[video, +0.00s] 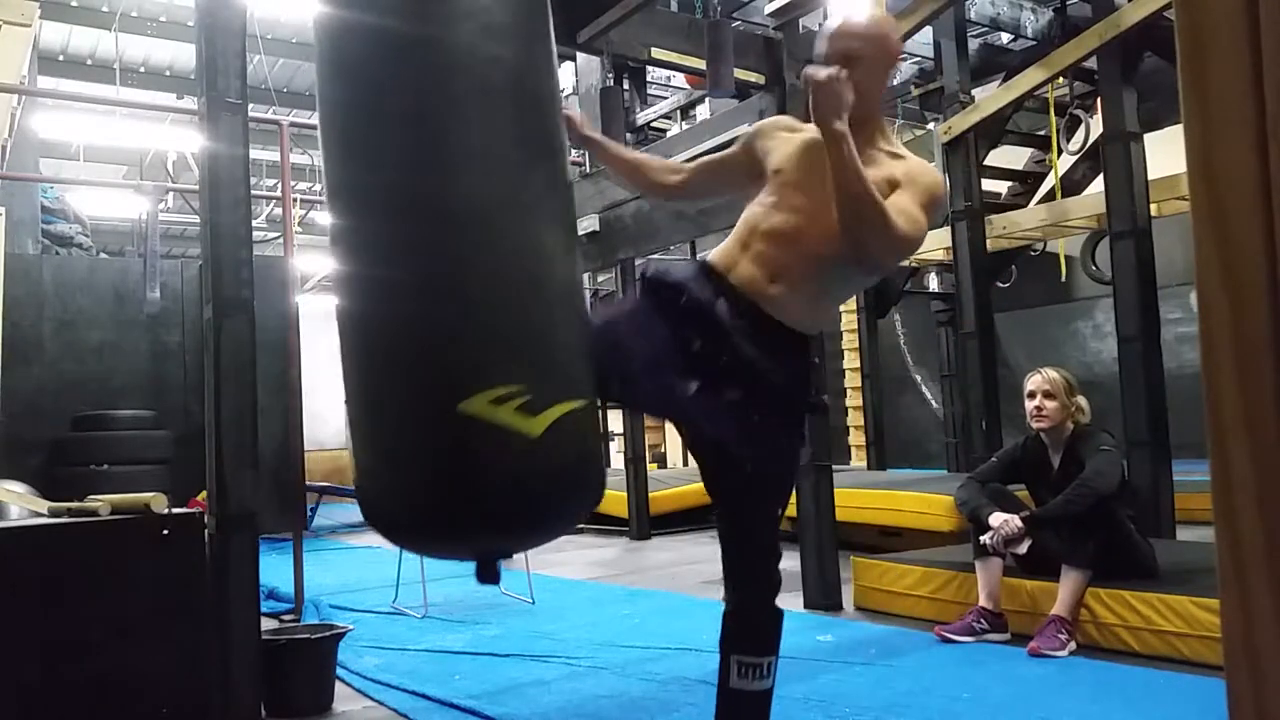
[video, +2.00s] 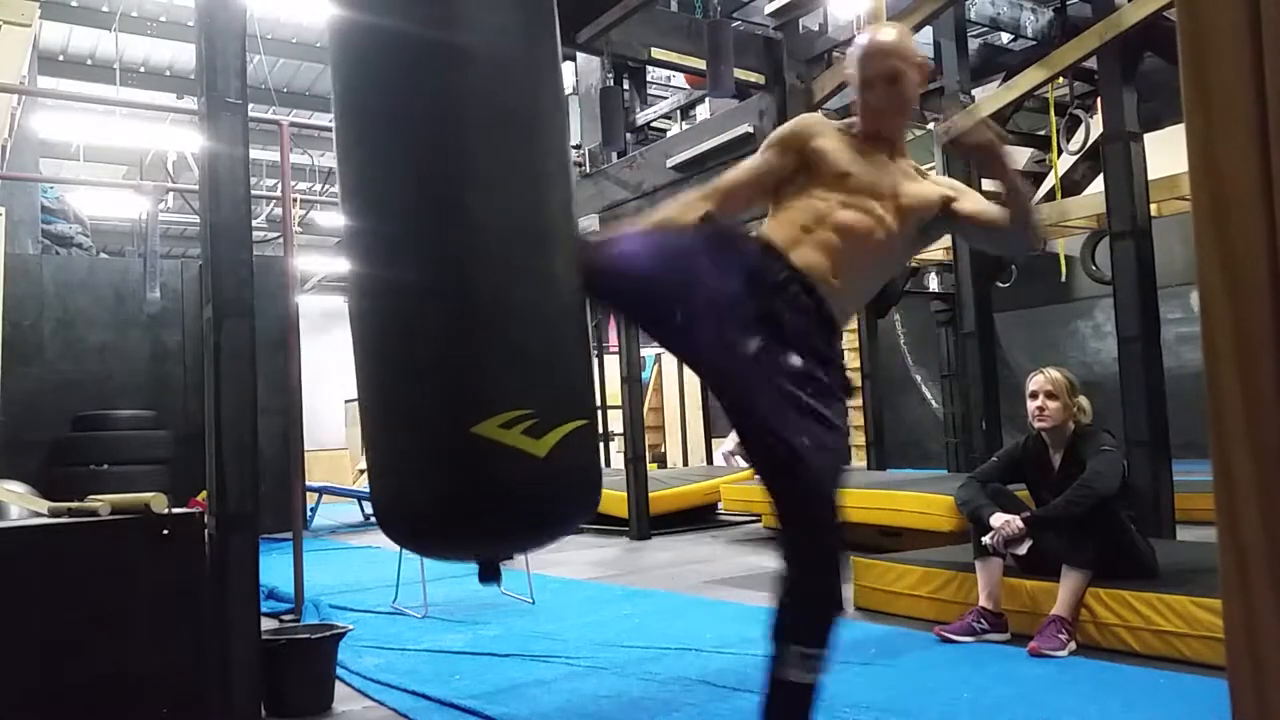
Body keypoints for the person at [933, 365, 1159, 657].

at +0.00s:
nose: (1038, 404)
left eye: (1049, 396)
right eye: (1031, 397)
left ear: (1070, 405)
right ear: (1024, 405)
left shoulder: (1097, 442)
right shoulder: (1027, 450)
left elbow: (1100, 483)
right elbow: (967, 488)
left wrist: (1027, 520)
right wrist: (991, 516)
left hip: (1118, 560)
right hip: (1058, 556)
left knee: (1089, 503)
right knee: (989, 495)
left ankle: (1061, 621)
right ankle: (989, 612)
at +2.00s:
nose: (1040, 404)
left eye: (1051, 397)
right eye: (1033, 397)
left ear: (1071, 406)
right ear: (1026, 406)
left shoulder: (1098, 442)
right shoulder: (1027, 449)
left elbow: (1100, 486)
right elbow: (967, 488)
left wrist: (1027, 521)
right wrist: (992, 516)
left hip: (1118, 560)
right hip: (1057, 556)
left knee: (1091, 505)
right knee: (990, 495)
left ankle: (1061, 621)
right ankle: (989, 612)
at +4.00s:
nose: (1041, 404)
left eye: (1052, 397)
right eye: (1034, 397)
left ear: (1072, 406)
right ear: (1026, 406)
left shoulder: (1097, 442)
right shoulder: (1027, 449)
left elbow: (1100, 485)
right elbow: (968, 488)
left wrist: (1027, 522)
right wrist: (992, 516)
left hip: (1117, 559)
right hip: (1059, 556)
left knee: (1087, 504)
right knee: (988, 495)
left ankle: (1061, 621)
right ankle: (989, 612)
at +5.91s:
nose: (1041, 404)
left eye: (1052, 397)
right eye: (1035, 396)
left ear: (1073, 405)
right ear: (1027, 405)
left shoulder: (1099, 443)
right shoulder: (1026, 449)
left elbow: (1098, 486)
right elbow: (968, 488)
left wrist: (1026, 522)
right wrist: (993, 516)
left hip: (1118, 559)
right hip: (1058, 556)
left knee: (1090, 504)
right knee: (990, 496)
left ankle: (1061, 621)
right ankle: (990, 612)